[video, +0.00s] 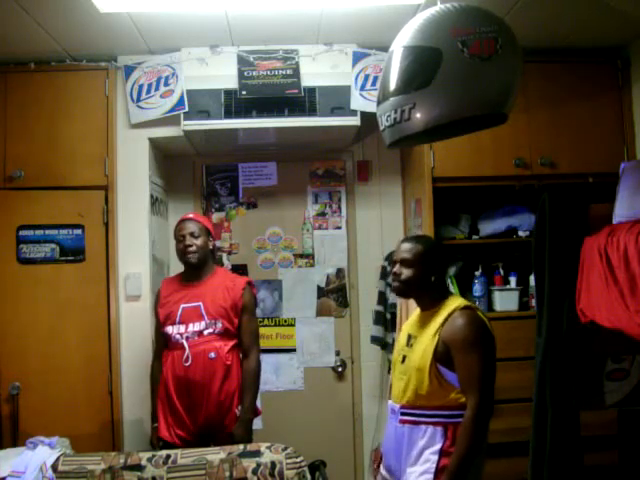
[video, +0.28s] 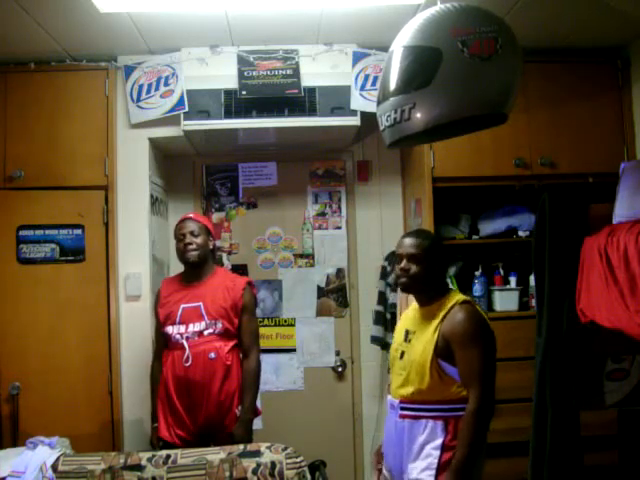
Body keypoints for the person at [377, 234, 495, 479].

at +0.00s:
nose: (395, 271)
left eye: (406, 265)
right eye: (394, 264)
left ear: (431, 271)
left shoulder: (463, 323)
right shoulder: (418, 317)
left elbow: (478, 404)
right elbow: (408, 392)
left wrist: (454, 471)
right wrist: (386, 445)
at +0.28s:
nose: (402, 267)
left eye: (413, 260)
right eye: (399, 259)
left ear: (436, 265)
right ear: (395, 262)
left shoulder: (462, 318)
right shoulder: (411, 314)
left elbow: (480, 396)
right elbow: (404, 386)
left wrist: (458, 468)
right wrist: (388, 443)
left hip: (437, 435)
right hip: (401, 431)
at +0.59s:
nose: (405, 275)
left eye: (415, 267)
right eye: (400, 267)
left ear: (436, 271)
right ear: (393, 272)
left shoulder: (461, 324)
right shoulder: (411, 318)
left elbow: (480, 403)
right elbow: (407, 394)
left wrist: (457, 470)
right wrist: (381, 445)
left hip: (436, 444)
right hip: (398, 441)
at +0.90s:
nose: (405, 266)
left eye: (415, 259)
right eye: (399, 259)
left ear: (433, 263)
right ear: (392, 265)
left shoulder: (455, 317)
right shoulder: (406, 310)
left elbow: (476, 394)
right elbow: (402, 386)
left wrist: (453, 467)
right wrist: (380, 441)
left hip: (433, 434)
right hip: (396, 431)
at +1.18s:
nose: (406, 275)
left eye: (415, 267)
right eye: (399, 268)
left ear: (432, 270)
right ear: (391, 274)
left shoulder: (457, 324)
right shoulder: (407, 316)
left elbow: (477, 404)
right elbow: (399, 393)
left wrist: (456, 471)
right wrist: (378, 449)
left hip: (433, 442)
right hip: (394, 438)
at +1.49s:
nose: (406, 269)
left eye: (415, 261)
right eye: (398, 262)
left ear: (431, 266)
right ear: (390, 269)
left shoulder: (453, 321)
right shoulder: (402, 316)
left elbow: (475, 399)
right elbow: (398, 388)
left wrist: (454, 470)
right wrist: (375, 437)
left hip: (432, 440)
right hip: (392, 437)